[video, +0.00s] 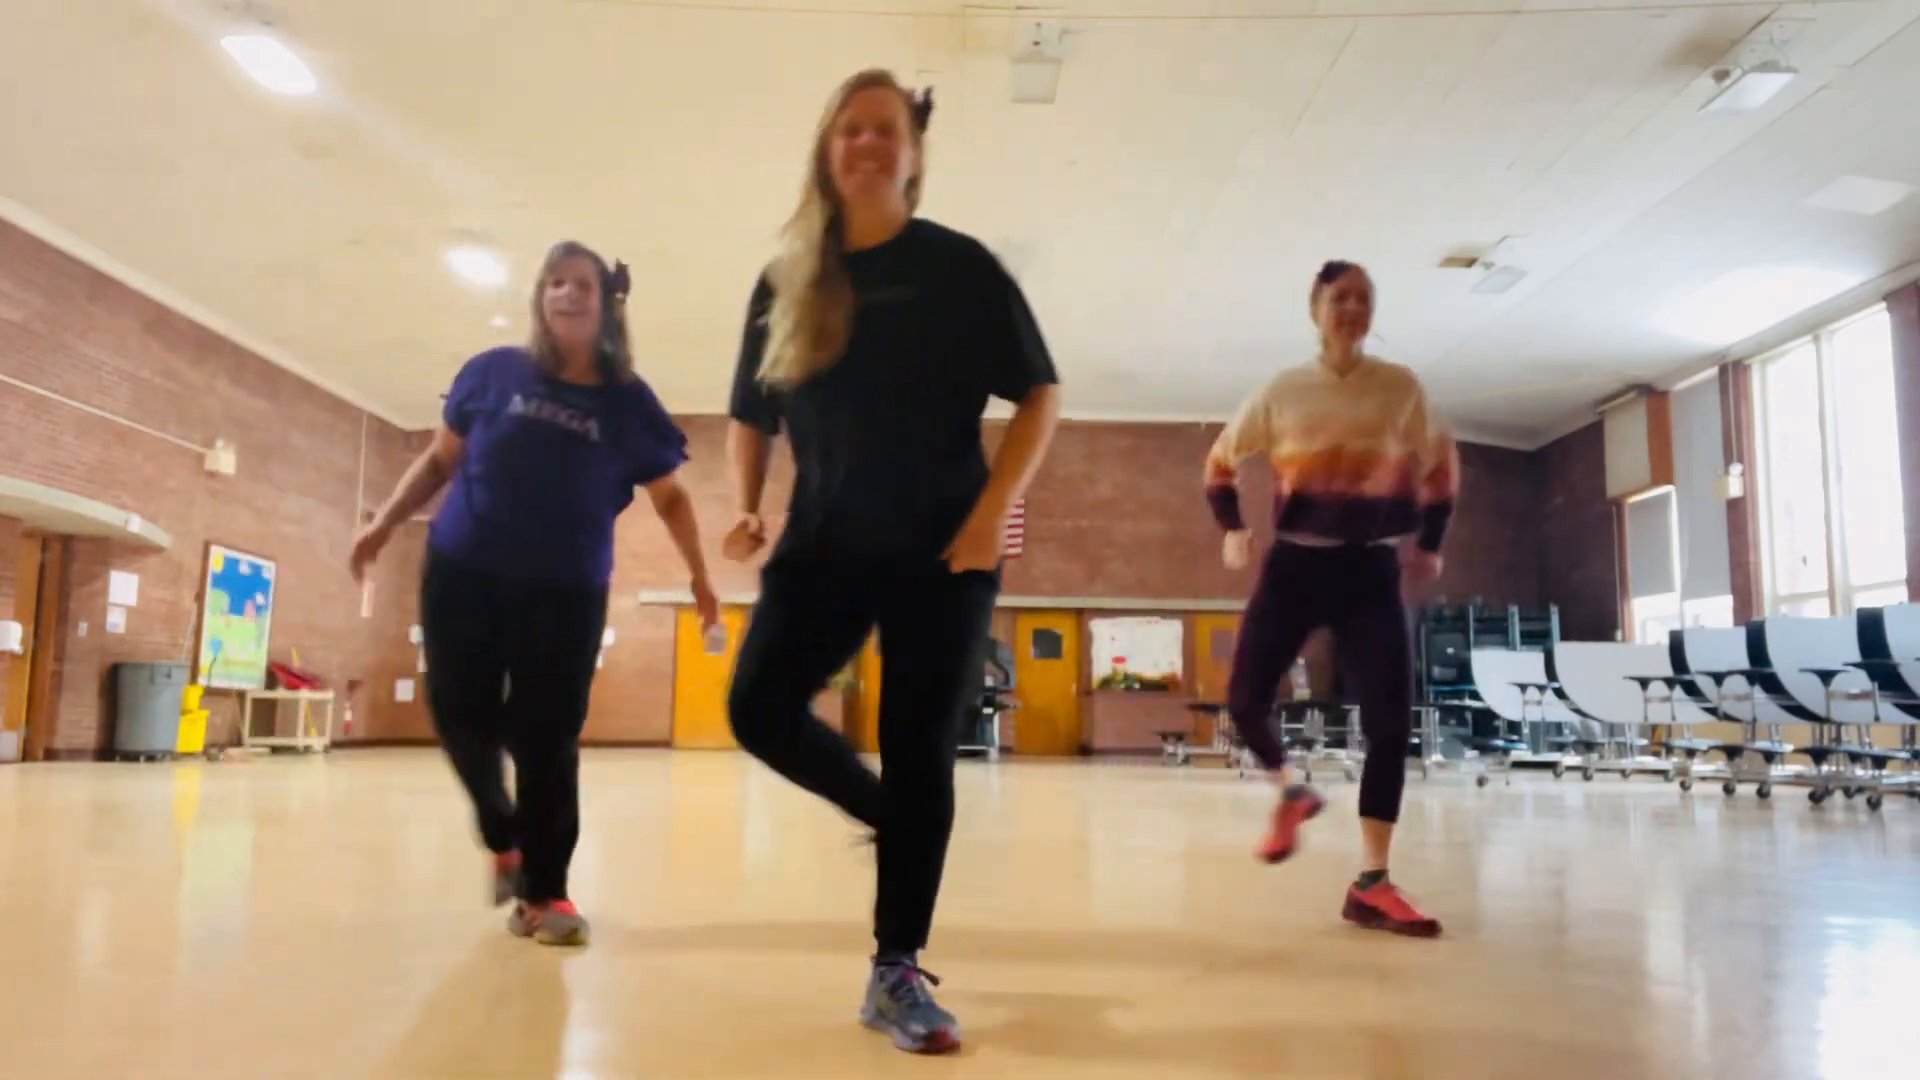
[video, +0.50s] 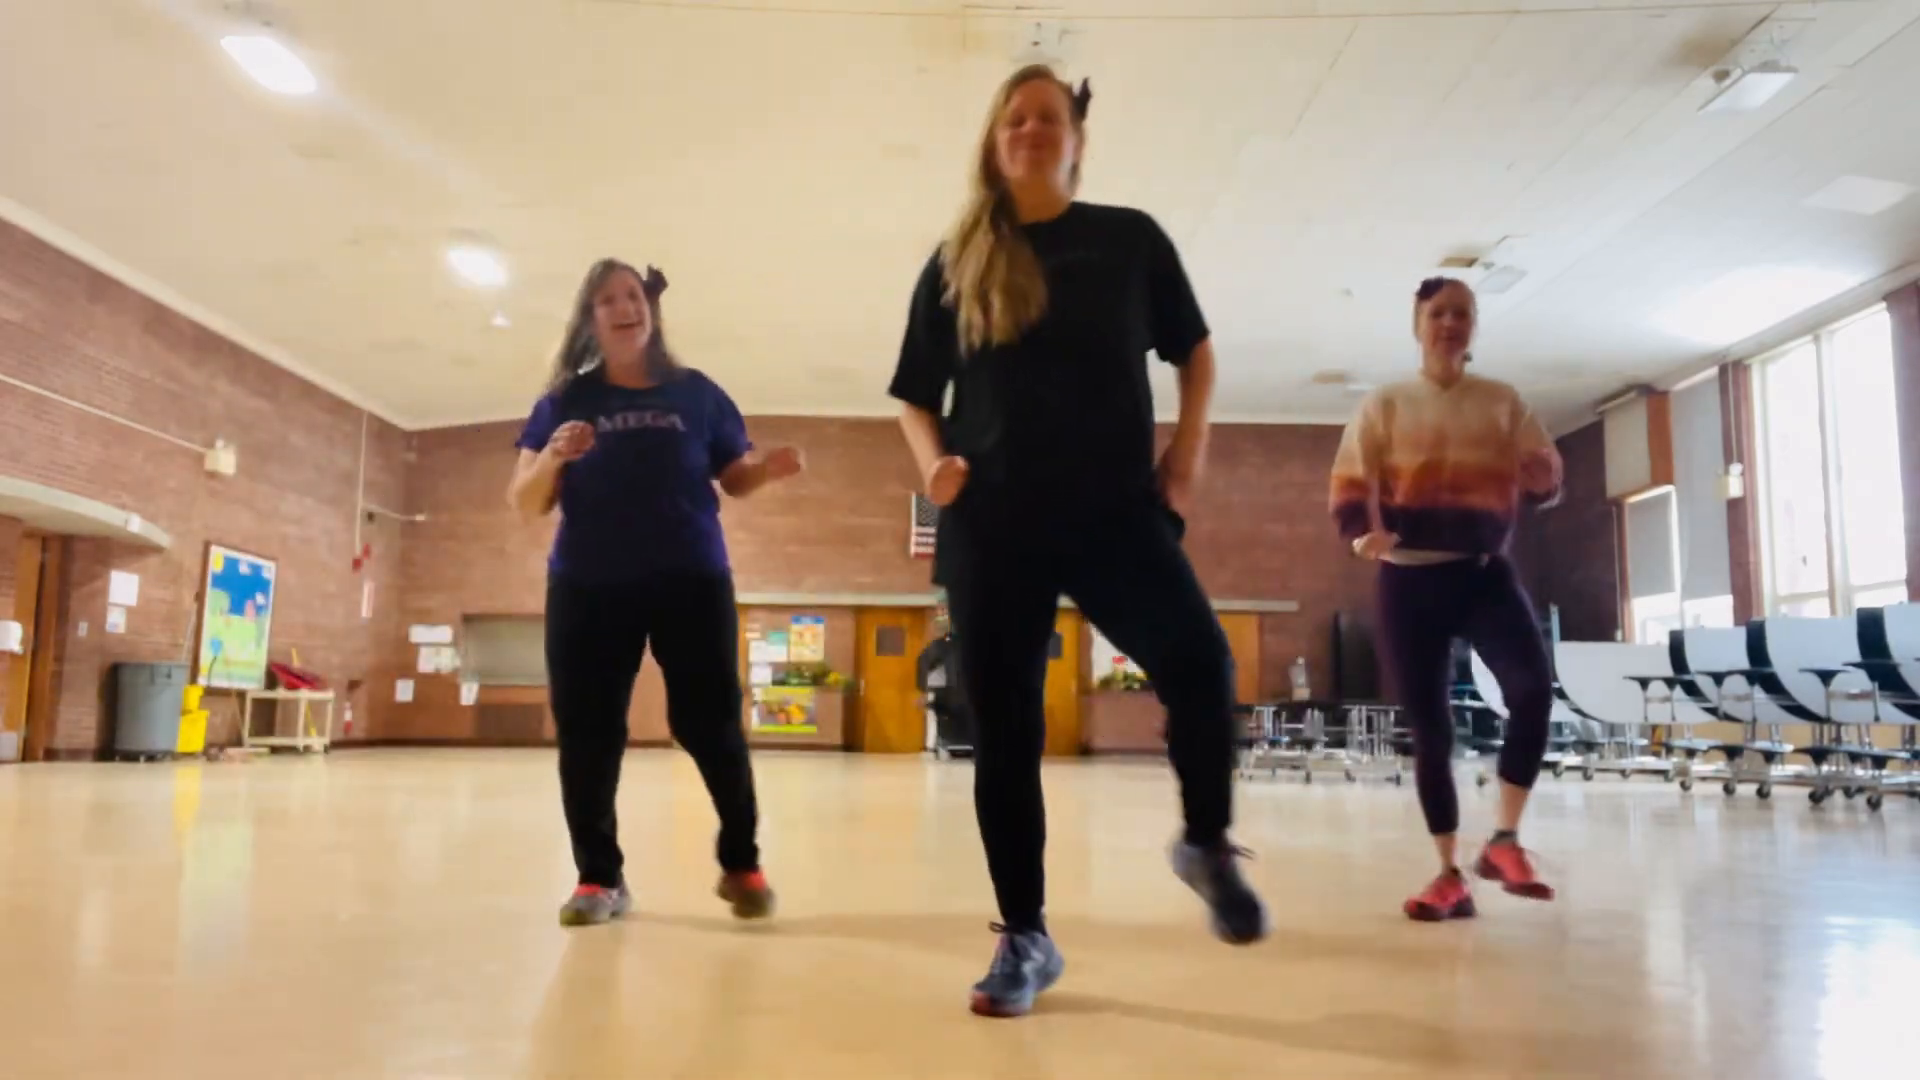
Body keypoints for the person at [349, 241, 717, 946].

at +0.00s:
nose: (568, 294)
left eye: (583, 286)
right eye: (557, 283)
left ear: (606, 306)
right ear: (538, 299)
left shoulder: (627, 402)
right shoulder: (493, 373)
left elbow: (671, 499)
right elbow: (439, 460)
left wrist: (700, 577)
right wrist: (381, 524)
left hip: (562, 592)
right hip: (465, 578)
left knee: (548, 741)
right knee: (460, 719)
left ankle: (544, 894)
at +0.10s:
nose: (583, 298)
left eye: (596, 290)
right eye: (572, 288)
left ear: (618, 309)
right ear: (552, 304)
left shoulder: (642, 404)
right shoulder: (509, 381)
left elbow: (668, 505)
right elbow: (457, 468)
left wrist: (693, 590)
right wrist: (420, 521)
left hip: (596, 591)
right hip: (503, 583)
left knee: (570, 738)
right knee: (521, 737)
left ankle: (544, 894)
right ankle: (584, 861)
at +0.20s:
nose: (589, 312)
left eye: (599, 302)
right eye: (575, 301)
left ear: (617, 316)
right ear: (552, 316)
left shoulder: (651, 408)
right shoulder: (516, 403)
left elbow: (672, 504)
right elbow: (465, 496)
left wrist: (685, 585)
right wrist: (462, 539)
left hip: (631, 593)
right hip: (537, 594)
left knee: (600, 735)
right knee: (554, 742)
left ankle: (567, 883)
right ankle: (603, 877)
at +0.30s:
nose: (592, 316)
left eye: (600, 305)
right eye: (577, 307)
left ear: (617, 316)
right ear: (553, 324)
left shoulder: (662, 402)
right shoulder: (531, 412)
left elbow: (696, 493)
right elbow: (485, 506)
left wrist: (730, 545)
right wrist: (503, 532)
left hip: (655, 594)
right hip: (560, 597)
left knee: (649, 735)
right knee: (566, 740)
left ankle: (625, 878)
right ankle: (593, 872)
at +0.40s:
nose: (605, 309)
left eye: (614, 298)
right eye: (589, 302)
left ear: (632, 311)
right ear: (568, 324)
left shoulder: (679, 395)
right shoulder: (545, 409)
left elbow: (721, 476)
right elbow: (509, 513)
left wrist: (771, 489)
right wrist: (535, 478)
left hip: (672, 586)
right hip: (574, 592)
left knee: (688, 725)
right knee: (579, 743)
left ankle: (690, 863)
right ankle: (598, 880)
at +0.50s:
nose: (625, 308)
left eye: (633, 296)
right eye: (609, 300)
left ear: (652, 309)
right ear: (589, 319)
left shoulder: (699, 394)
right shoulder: (564, 404)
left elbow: (734, 480)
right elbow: (528, 504)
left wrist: (763, 467)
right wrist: (553, 457)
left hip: (689, 583)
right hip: (592, 588)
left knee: (712, 726)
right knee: (587, 738)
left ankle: (742, 864)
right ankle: (599, 880)